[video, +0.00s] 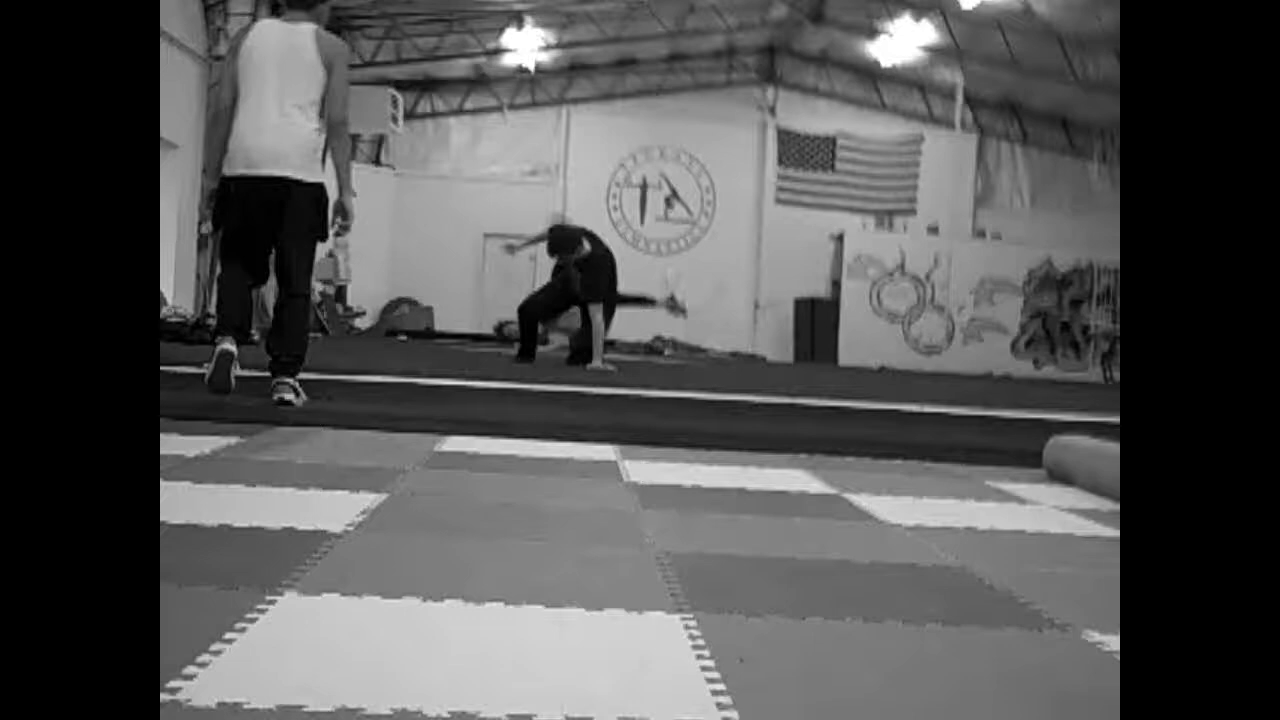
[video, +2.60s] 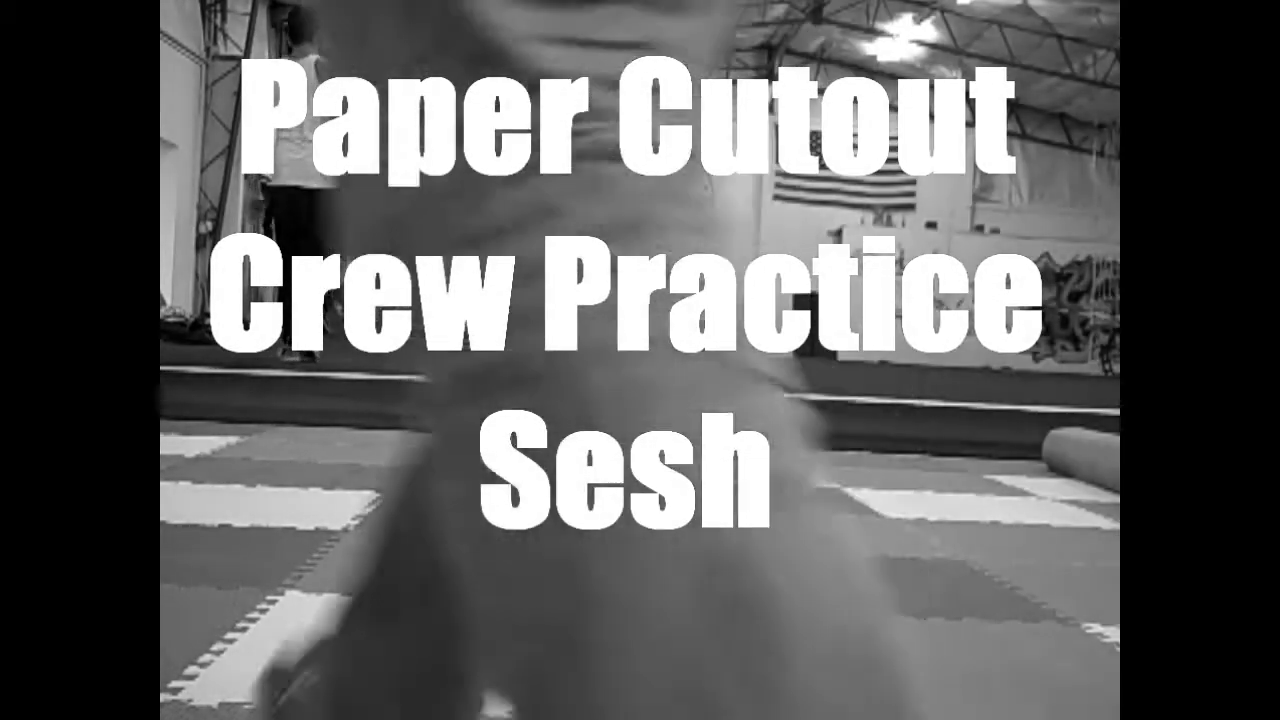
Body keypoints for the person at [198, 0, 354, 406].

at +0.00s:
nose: (328, 12)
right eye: (327, 8)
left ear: (280, 3)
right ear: (323, 7)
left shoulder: (246, 37)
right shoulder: (333, 47)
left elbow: (221, 110)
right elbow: (337, 123)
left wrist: (212, 177)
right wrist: (346, 191)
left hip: (245, 177)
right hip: (301, 181)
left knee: (239, 266)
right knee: (296, 283)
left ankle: (228, 339)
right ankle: (285, 379)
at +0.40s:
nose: (291, 16)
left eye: (269, 13)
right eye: (294, 11)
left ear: (256, 10)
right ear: (295, 11)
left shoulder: (229, 46)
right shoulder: (314, 48)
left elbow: (214, 121)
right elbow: (336, 121)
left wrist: (215, 182)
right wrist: (348, 183)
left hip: (239, 180)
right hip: (292, 181)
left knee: (237, 267)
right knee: (288, 276)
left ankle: (230, 347)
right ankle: (283, 368)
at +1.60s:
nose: (332, 23)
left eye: (332, 16)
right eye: (332, 16)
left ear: (294, 14)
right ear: (326, 17)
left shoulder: (261, 48)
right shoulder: (325, 54)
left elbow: (241, 116)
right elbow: (336, 122)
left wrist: (234, 175)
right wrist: (337, 183)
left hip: (258, 175)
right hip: (304, 178)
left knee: (250, 258)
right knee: (302, 264)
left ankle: (235, 341)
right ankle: (300, 346)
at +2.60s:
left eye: (287, 28)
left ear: (287, 34)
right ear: (315, 33)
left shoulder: (277, 70)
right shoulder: (326, 68)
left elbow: (264, 124)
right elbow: (337, 123)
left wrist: (261, 173)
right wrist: (339, 168)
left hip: (285, 179)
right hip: (319, 179)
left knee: (289, 260)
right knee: (317, 258)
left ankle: (294, 341)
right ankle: (310, 340)